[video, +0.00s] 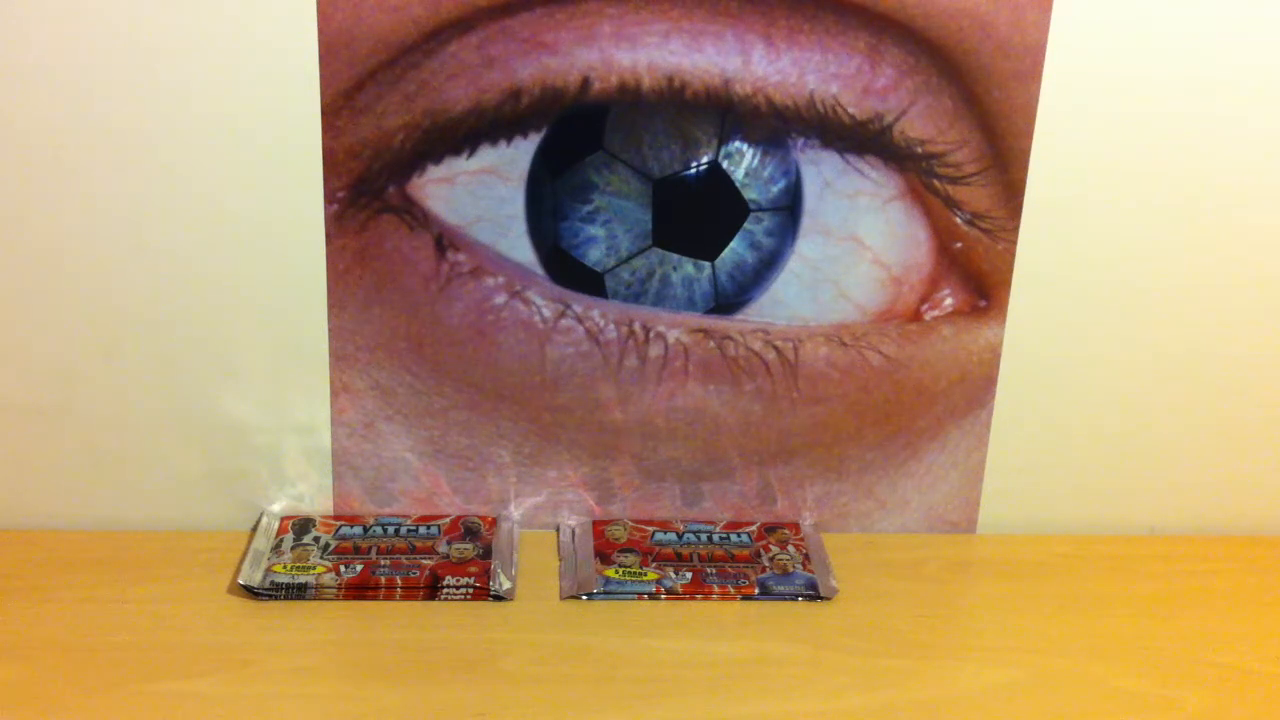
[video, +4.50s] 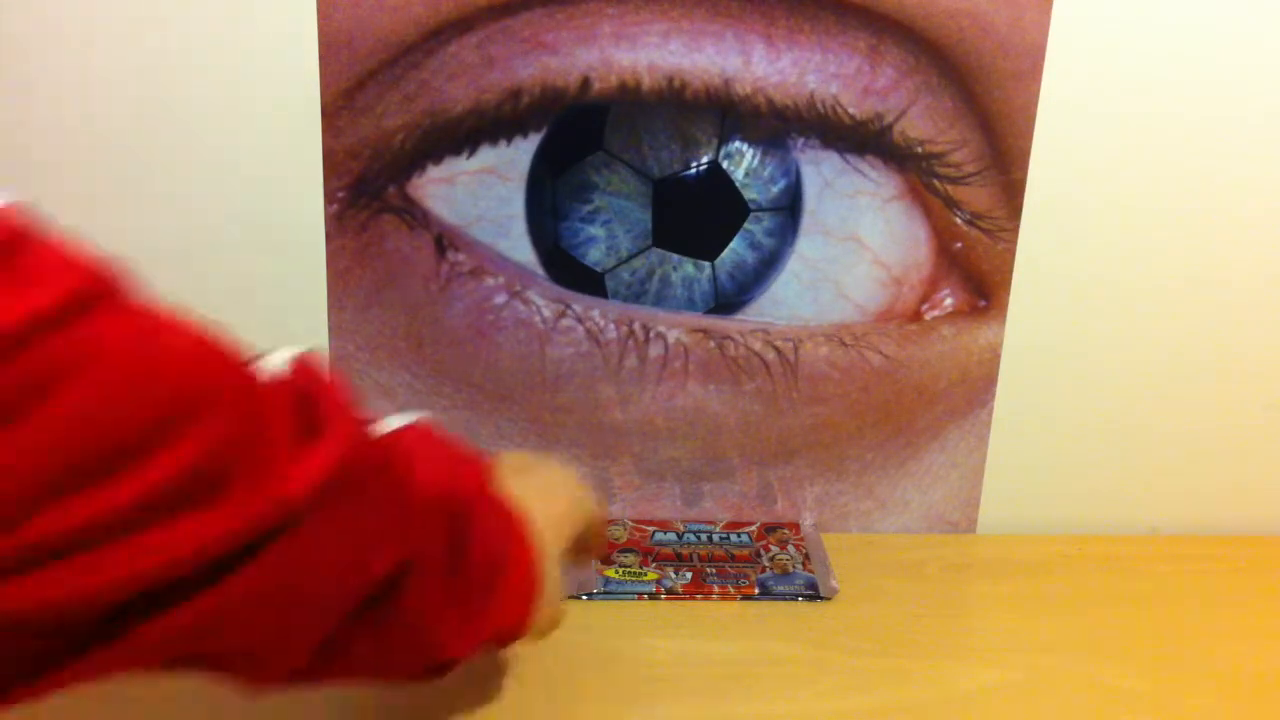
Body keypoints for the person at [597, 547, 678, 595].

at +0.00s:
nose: (621, 560)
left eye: (626, 557)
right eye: (619, 557)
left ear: (638, 558)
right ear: (616, 558)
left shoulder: (651, 573)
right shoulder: (610, 571)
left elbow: (675, 590)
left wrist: (668, 575)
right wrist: (597, 573)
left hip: (641, 606)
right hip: (612, 606)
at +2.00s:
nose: (621, 560)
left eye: (626, 557)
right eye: (619, 557)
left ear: (638, 558)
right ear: (615, 558)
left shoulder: (651, 573)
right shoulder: (609, 571)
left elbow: (673, 589)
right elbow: (596, 589)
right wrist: (596, 574)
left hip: (640, 606)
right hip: (612, 605)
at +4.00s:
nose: (621, 560)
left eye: (625, 557)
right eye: (619, 557)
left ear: (638, 558)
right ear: (616, 559)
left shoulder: (651, 573)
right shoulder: (610, 572)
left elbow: (667, 584)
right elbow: (597, 587)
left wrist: (673, 588)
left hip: (642, 606)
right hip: (613, 605)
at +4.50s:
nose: (621, 560)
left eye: (626, 557)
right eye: (619, 557)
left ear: (638, 558)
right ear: (616, 558)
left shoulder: (651, 573)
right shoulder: (609, 572)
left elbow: (669, 586)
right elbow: (597, 587)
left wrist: (675, 589)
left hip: (642, 606)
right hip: (613, 606)